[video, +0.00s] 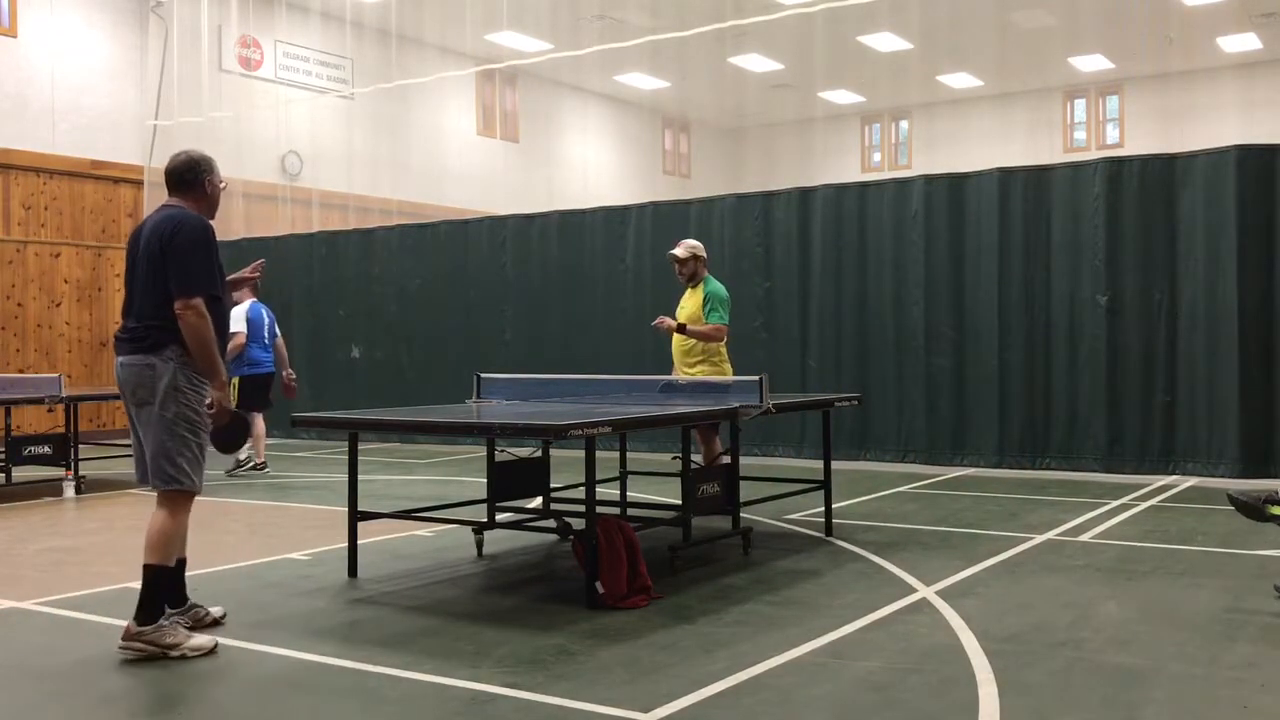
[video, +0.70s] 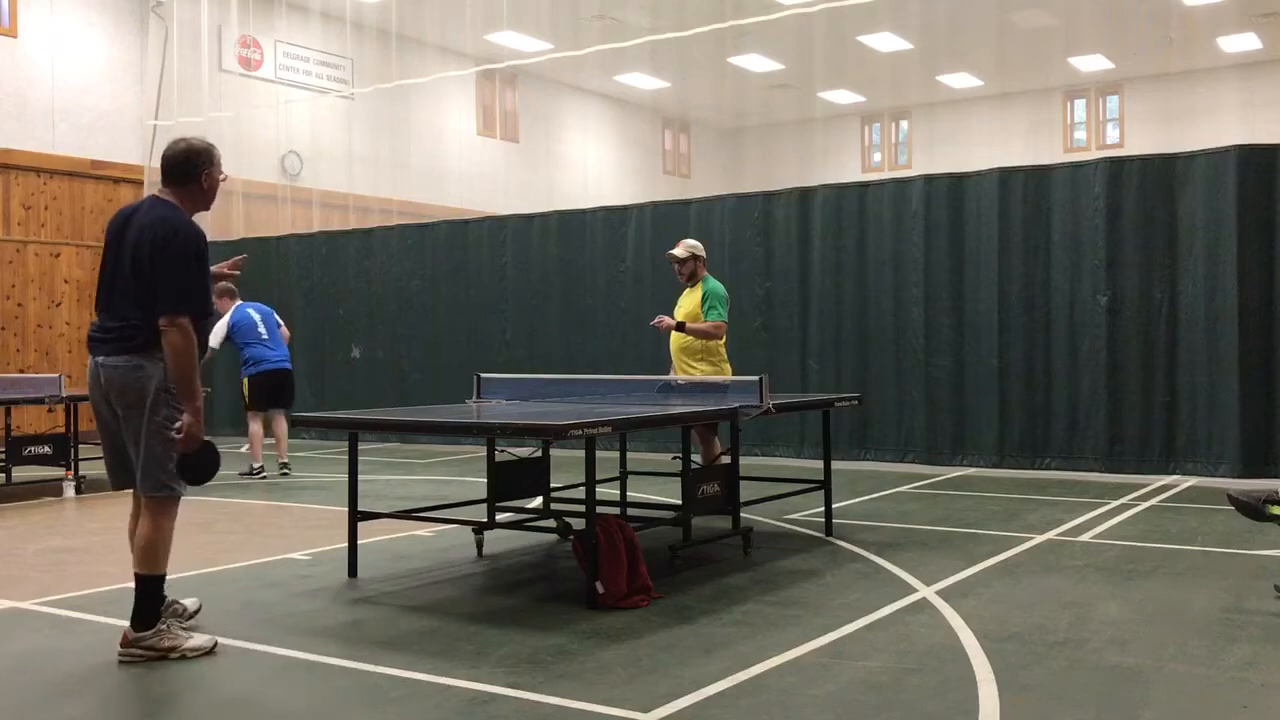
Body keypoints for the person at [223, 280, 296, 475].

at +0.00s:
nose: (233, 295)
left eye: (235, 290)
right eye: (233, 291)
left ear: (246, 289)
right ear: (252, 290)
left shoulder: (239, 310)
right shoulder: (266, 311)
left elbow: (239, 340)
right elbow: (279, 342)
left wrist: (221, 360)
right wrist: (286, 368)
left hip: (246, 371)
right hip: (267, 370)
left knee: (237, 414)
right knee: (256, 414)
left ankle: (242, 455)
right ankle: (260, 459)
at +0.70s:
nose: (216, 308)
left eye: (216, 303)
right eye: (215, 303)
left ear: (225, 300)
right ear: (235, 298)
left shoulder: (229, 318)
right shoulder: (264, 308)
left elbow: (211, 350)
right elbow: (285, 334)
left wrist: (198, 367)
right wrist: (277, 356)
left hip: (257, 370)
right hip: (282, 367)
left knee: (254, 417)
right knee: (278, 413)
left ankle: (257, 464)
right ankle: (283, 460)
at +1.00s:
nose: (227, 310)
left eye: (225, 306)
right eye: (225, 307)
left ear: (229, 301)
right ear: (243, 296)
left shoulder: (233, 318)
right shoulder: (273, 308)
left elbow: (230, 353)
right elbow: (292, 336)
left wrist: (219, 377)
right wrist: (297, 364)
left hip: (259, 372)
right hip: (285, 369)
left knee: (256, 419)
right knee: (284, 415)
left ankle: (257, 465)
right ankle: (295, 459)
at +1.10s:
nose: (232, 310)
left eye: (232, 307)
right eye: (231, 307)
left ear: (235, 302)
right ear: (249, 296)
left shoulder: (237, 318)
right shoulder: (278, 309)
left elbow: (235, 351)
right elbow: (296, 338)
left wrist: (233, 379)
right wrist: (298, 366)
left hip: (260, 374)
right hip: (287, 371)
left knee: (257, 420)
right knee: (285, 418)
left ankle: (257, 465)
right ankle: (292, 462)